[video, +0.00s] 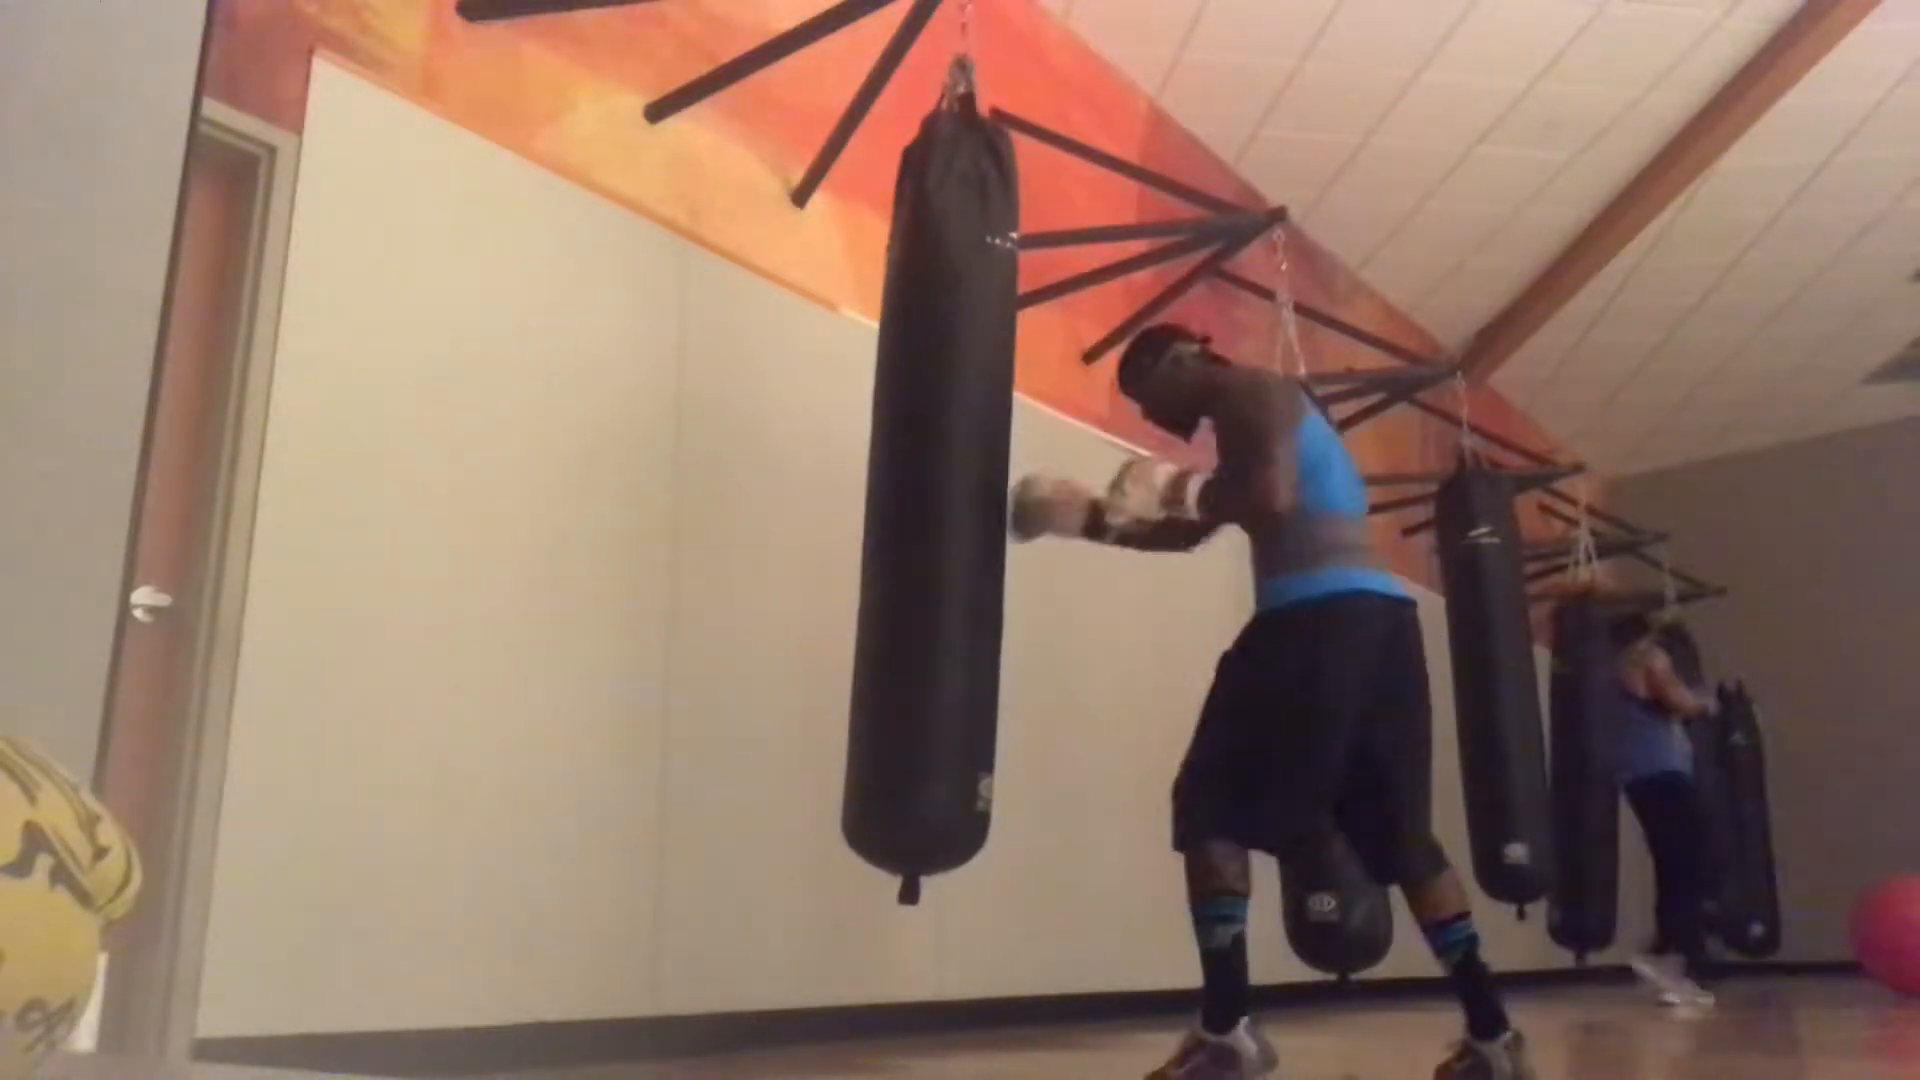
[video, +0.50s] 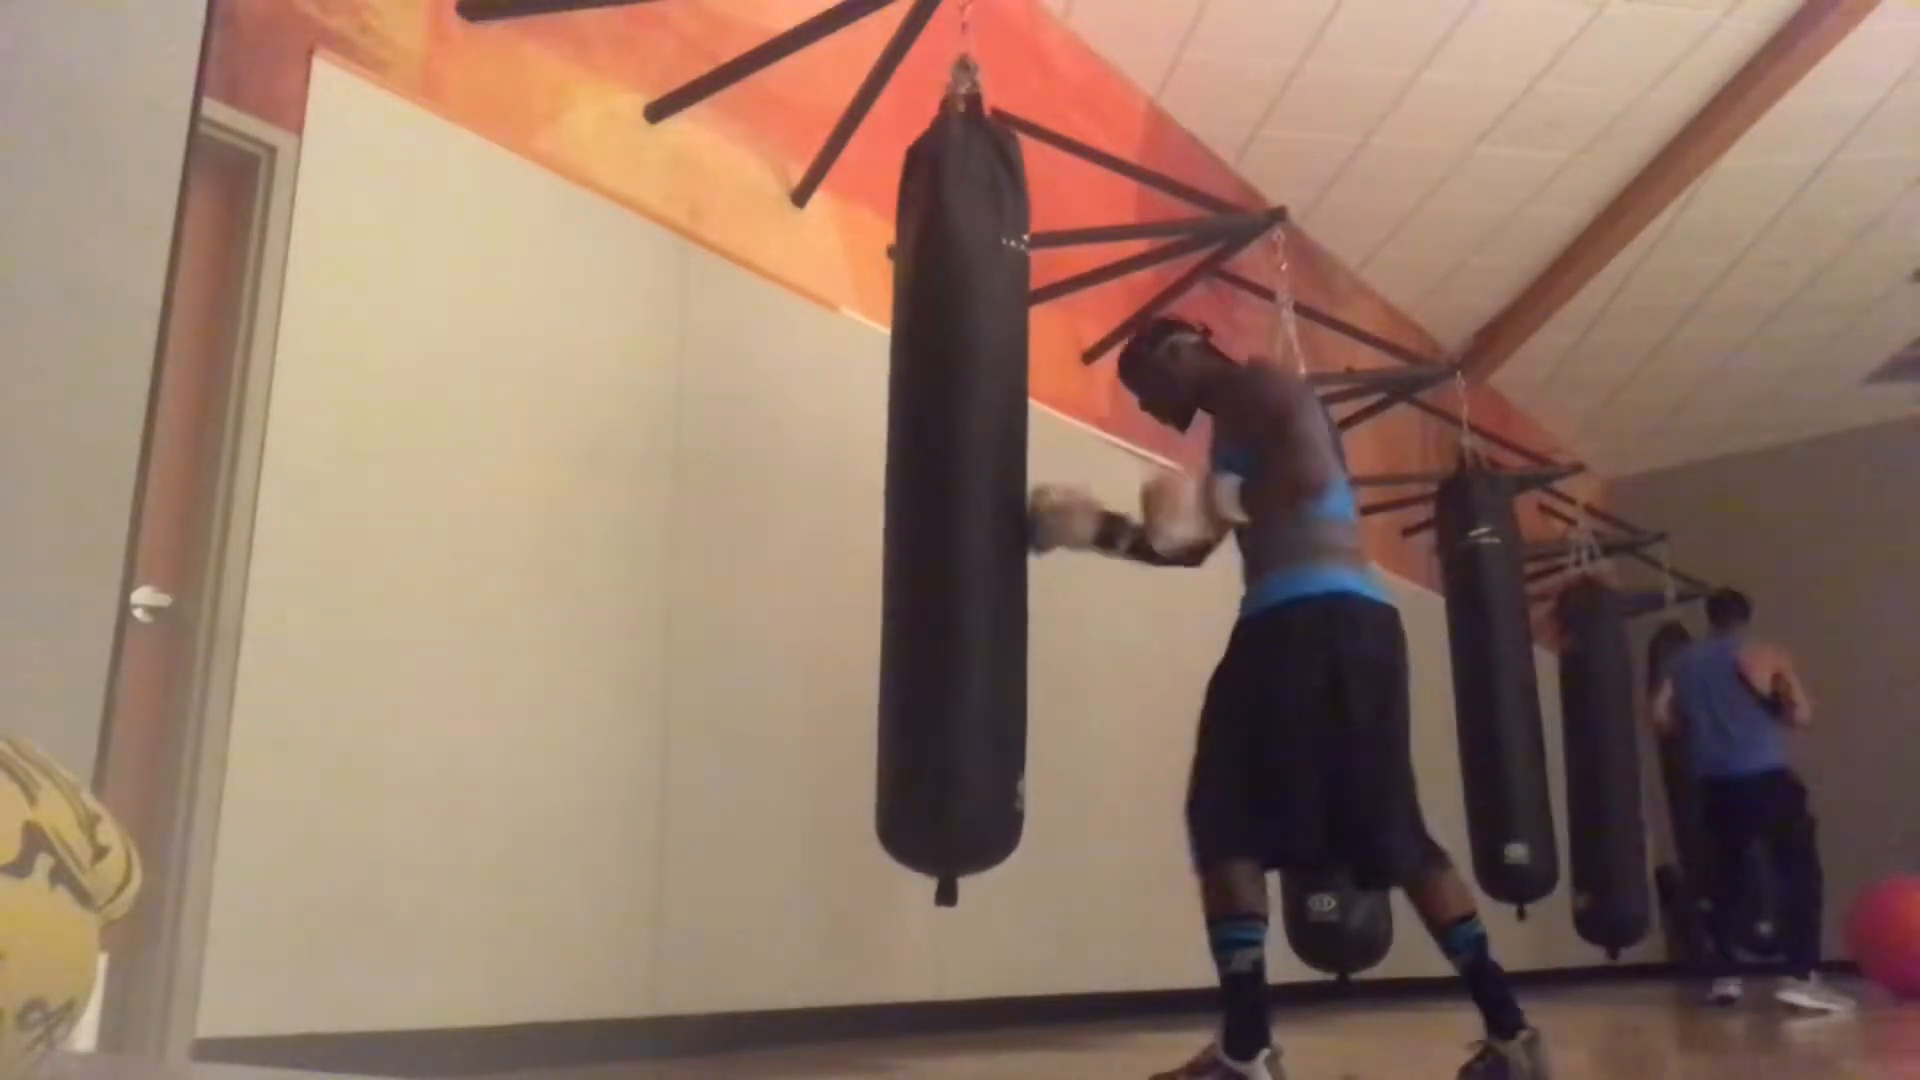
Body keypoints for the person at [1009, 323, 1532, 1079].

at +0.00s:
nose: (1156, 417)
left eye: (1150, 397)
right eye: (1145, 406)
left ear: (1182, 357)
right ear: (1195, 352)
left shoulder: (1246, 387)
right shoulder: (1265, 417)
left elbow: (1270, 494)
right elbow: (1185, 533)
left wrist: (1189, 497)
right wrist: (1088, 517)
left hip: (1304, 631)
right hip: (1385, 628)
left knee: (1208, 807)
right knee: (1402, 834)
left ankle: (1225, 1027)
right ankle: (1491, 1032)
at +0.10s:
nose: (1158, 412)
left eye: (1152, 393)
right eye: (1149, 402)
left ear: (1178, 354)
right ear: (1201, 346)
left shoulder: (1234, 381)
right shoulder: (1291, 406)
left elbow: (1198, 475)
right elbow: (1260, 538)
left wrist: (1136, 480)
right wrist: (1149, 522)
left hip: (1293, 624)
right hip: (1382, 620)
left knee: (1218, 817)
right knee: (1421, 831)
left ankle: (1235, 1034)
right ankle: (1494, 1032)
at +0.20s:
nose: (1148, 406)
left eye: (1145, 389)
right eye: (1139, 396)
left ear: (1172, 354)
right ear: (1193, 344)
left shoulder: (1217, 380)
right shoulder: (1298, 405)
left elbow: (1122, 468)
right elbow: (1294, 528)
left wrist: (1046, 477)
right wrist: (1195, 522)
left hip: (1279, 632)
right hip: (1371, 626)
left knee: (1226, 828)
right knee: (1414, 830)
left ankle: (1241, 1043)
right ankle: (1491, 1030)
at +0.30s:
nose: (1140, 402)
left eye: (1135, 383)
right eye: (1131, 391)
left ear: (1166, 346)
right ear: (1186, 341)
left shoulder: (1217, 374)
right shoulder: (1287, 403)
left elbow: (1144, 473)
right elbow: (1277, 533)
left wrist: (1065, 474)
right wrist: (1176, 528)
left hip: (1278, 624)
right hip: (1362, 619)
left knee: (1234, 834)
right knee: (1400, 828)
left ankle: (1244, 1049)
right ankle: (1493, 1020)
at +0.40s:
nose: (1148, 405)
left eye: (1142, 384)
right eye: (1136, 393)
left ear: (1171, 342)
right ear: (1180, 338)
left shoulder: (1240, 371)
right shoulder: (1268, 405)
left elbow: (1224, 476)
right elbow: (1224, 544)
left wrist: (1129, 478)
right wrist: (1130, 534)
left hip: (1288, 619)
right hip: (1357, 614)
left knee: (1249, 827)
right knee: (1390, 816)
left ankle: (1246, 1045)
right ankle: (1502, 1020)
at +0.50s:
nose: (1155, 410)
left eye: (1149, 388)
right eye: (1145, 399)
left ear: (1180, 351)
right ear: (1186, 356)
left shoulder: (1255, 380)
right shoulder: (1234, 434)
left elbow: (1312, 472)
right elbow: (1190, 545)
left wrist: (1224, 507)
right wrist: (1100, 530)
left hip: (1292, 630)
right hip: (1362, 628)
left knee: (1222, 827)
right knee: (1395, 832)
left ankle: (1245, 1047)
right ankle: (1508, 1028)